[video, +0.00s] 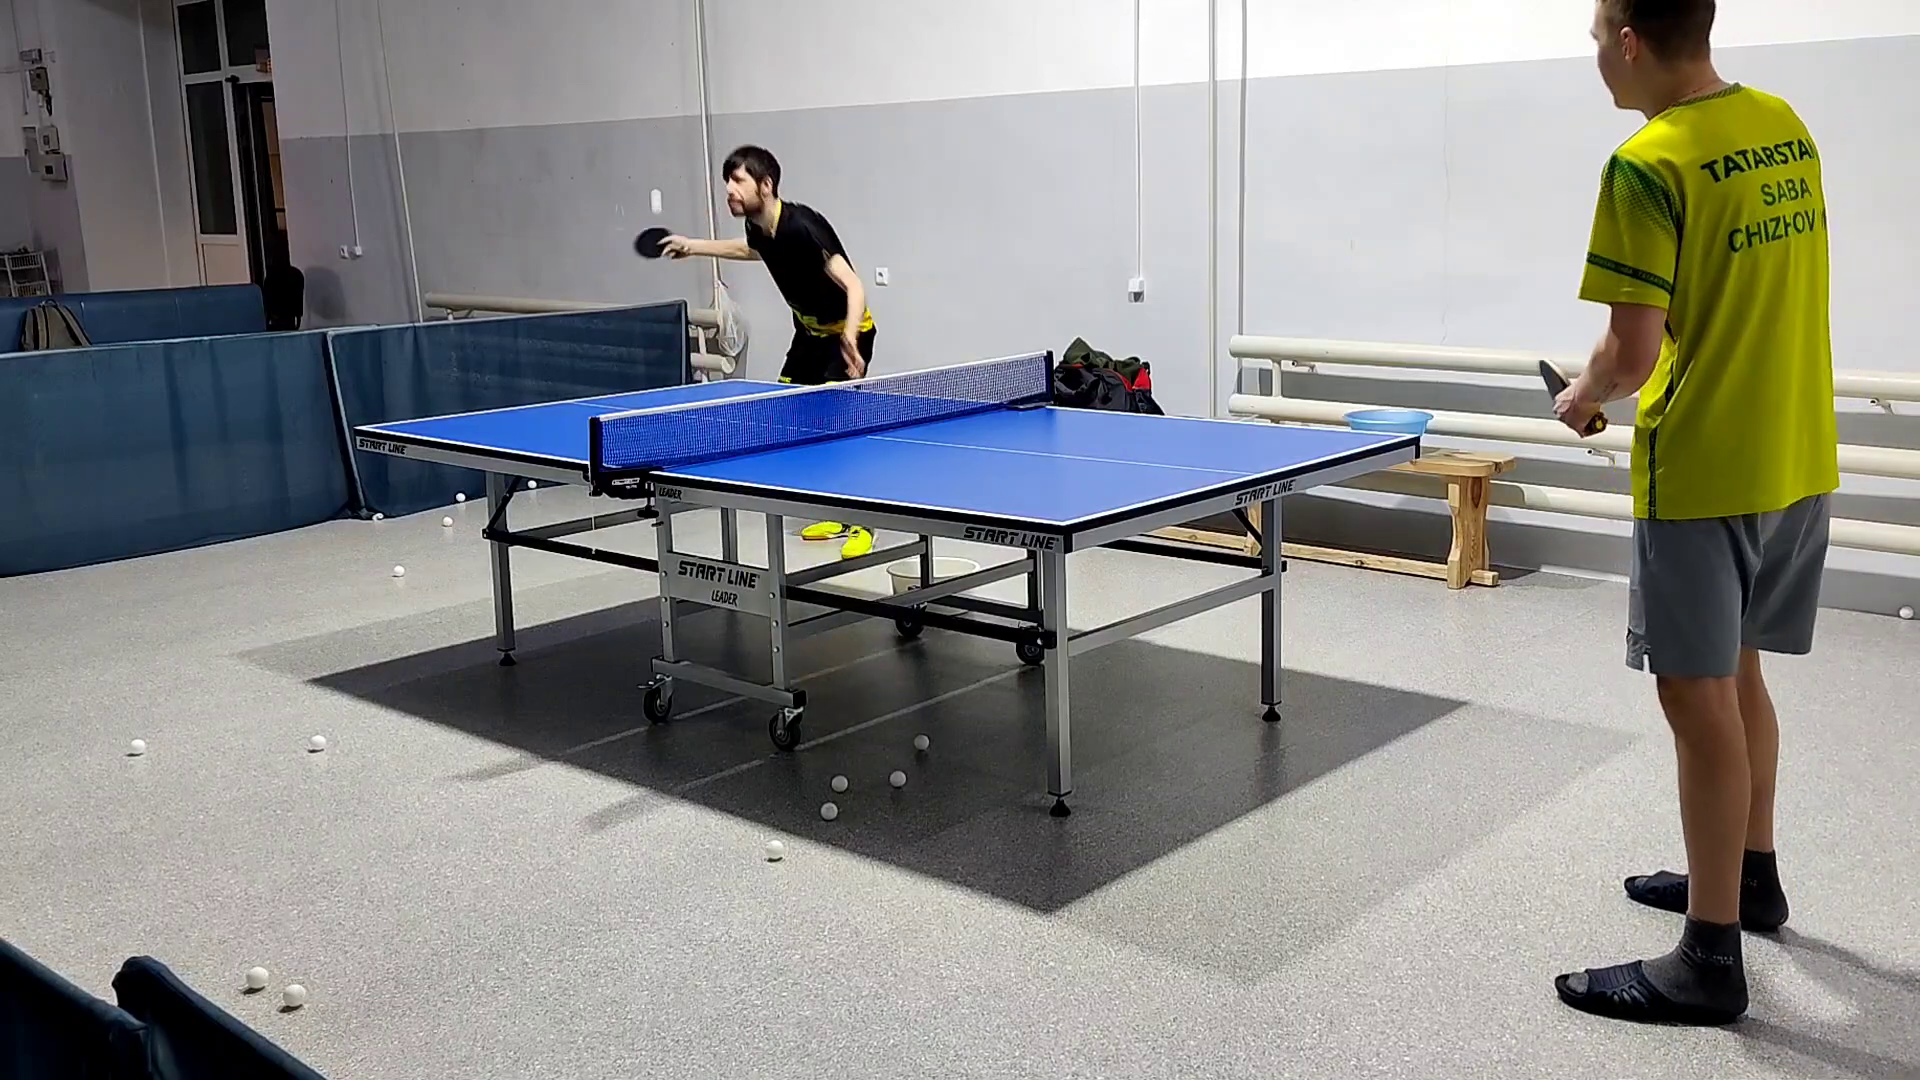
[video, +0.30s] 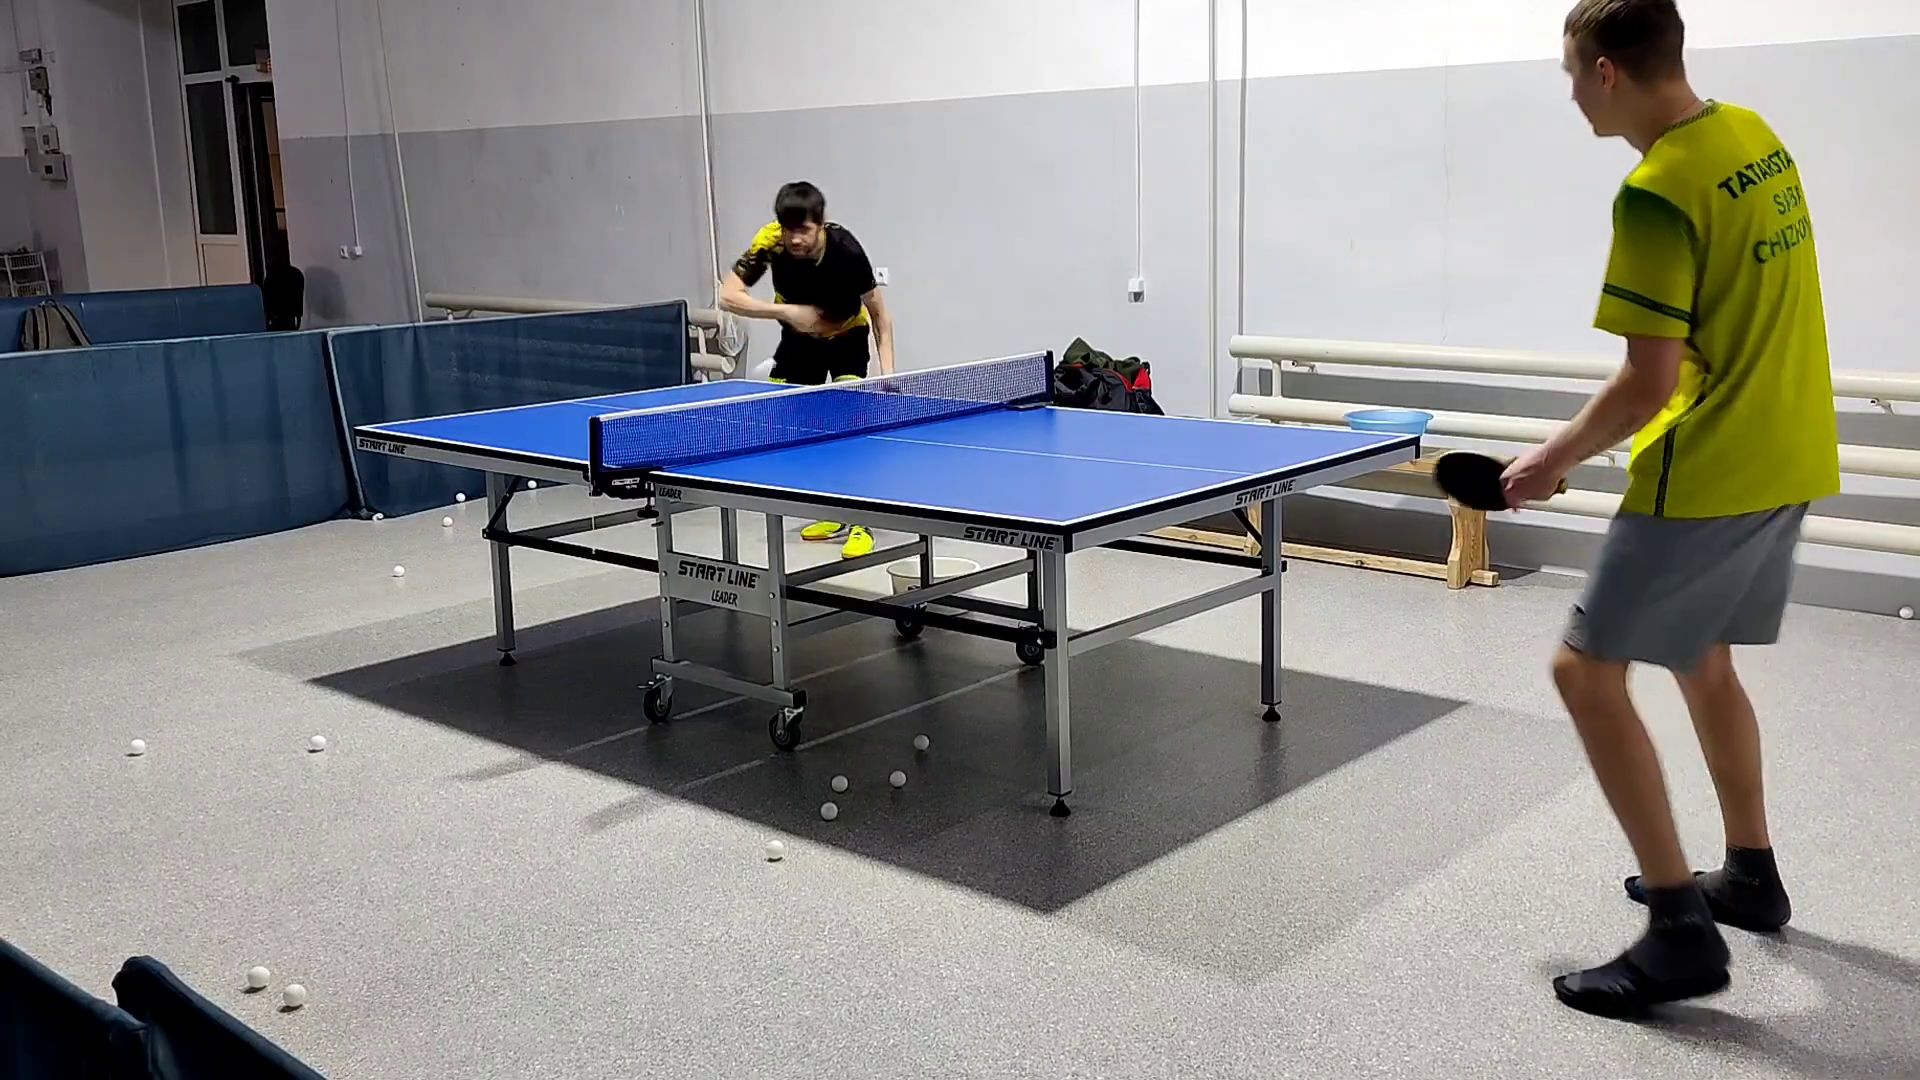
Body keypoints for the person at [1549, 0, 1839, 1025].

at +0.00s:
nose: (1597, 61)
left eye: (1598, 41)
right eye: (1597, 40)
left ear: (1630, 41)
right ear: (1699, 31)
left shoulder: (1647, 162)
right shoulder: (1781, 123)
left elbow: (1633, 346)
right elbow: (1767, 287)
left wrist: (1586, 394)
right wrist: (1639, 360)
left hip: (1699, 473)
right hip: (1799, 459)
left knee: (1699, 702)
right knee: (1738, 670)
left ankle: (1708, 963)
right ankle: (1750, 873)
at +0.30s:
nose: (1573, 100)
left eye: (1573, 78)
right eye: (1571, 80)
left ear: (1607, 73)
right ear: (1670, 59)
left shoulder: (1658, 189)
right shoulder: (1752, 135)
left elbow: (1651, 381)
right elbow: (1748, 324)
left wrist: (1554, 456)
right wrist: (1587, 440)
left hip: (1708, 474)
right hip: (1791, 455)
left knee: (1585, 672)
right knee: (1702, 651)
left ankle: (1680, 931)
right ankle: (1752, 871)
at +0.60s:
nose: (1509, 146)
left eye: (1514, 124)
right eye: (1505, 126)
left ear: (1564, 109)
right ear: (1574, 106)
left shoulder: (1657, 215)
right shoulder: (1635, 191)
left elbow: (1658, 418)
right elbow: (1661, 392)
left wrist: (1511, 502)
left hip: (1666, 505)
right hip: (1677, 497)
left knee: (1540, 682)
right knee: (1652, 670)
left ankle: (1517, 951)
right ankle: (1747, 878)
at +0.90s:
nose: (1356, 228)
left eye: (1359, 206)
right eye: (1349, 208)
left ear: (1414, 186)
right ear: (1426, 182)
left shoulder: (1509, 273)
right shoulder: (1537, 210)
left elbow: (1476, 468)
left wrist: (1328, 518)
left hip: (1604, 517)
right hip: (1667, 489)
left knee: (1439, 696)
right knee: (1631, 680)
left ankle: (1509, 956)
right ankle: (1741, 876)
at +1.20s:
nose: (1331, 267)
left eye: (1325, 249)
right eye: (1322, 250)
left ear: (1355, 240)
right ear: (1418, 208)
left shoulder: (1415, 358)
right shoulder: (1534, 226)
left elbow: (1375, 505)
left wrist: (1306, 507)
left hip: (1605, 548)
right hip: (1710, 509)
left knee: (1425, 699)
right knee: (1666, 687)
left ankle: (1506, 954)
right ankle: (1771, 887)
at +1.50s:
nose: (1470, 203)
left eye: (1471, 181)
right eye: (1466, 182)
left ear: (1506, 171)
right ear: (1559, 152)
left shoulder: (1541, 295)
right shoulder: (1680, 201)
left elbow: (1548, 478)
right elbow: (1701, 373)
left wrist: (1512, 502)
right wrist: (1567, 456)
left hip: (1689, 548)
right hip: (1812, 521)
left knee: (1506, 697)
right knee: (1754, 735)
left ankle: (1510, 956)